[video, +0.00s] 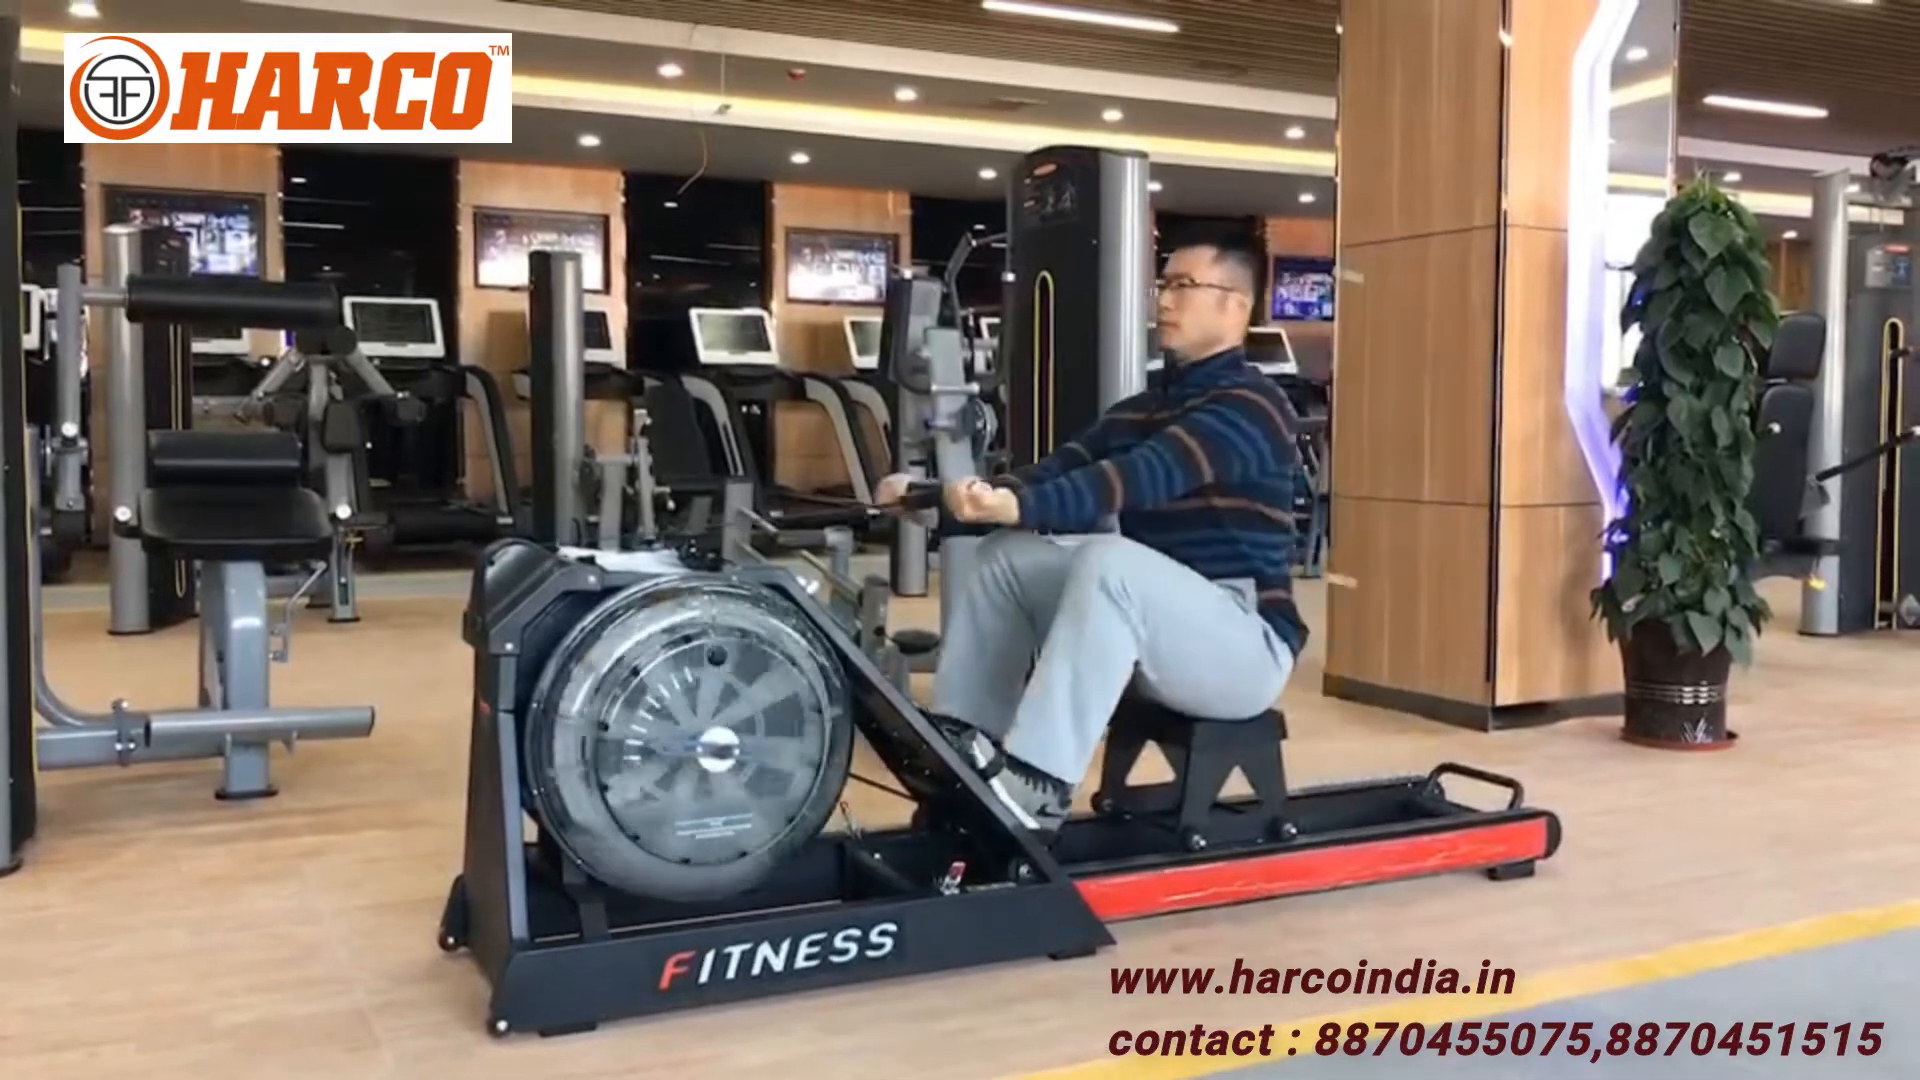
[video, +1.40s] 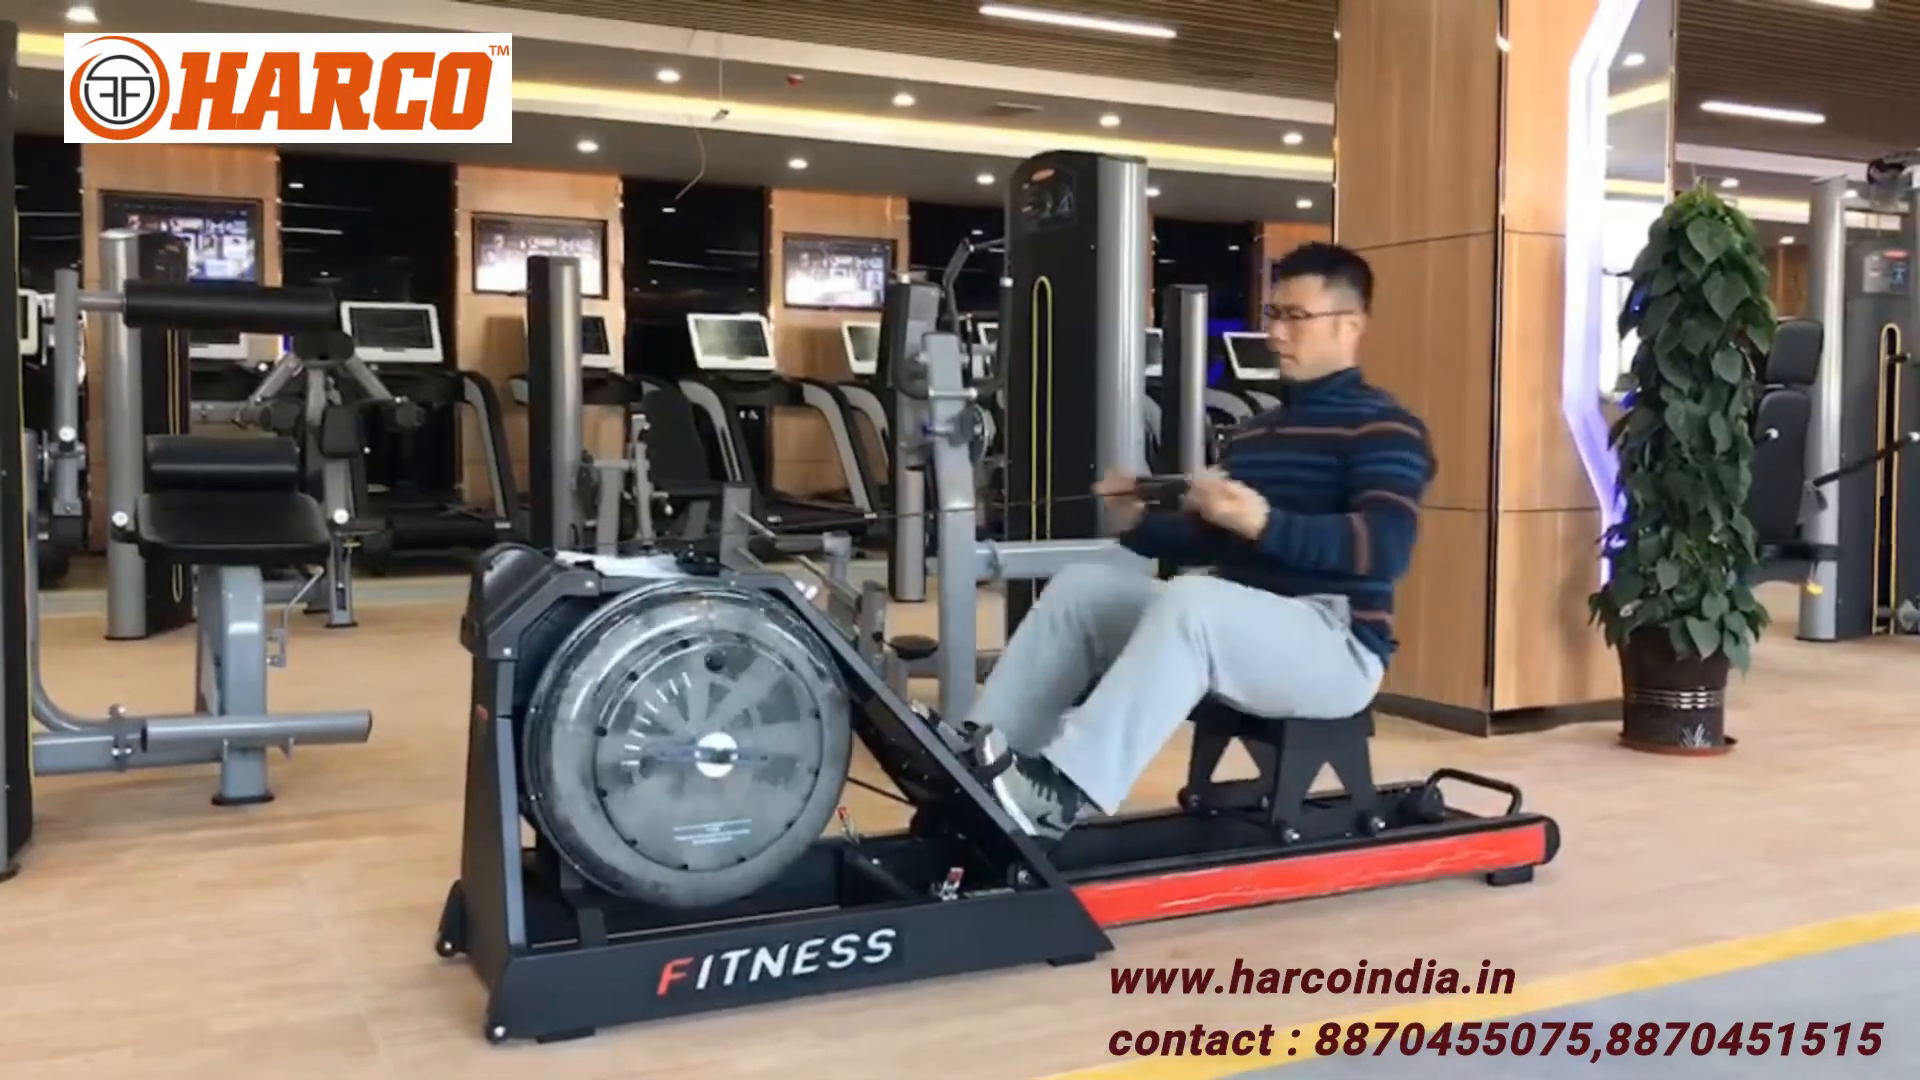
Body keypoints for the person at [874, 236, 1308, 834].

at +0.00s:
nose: (1163, 300)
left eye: (1183, 288)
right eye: (1164, 286)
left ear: (1236, 307)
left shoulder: (1251, 406)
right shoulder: (1144, 407)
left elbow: (1143, 476)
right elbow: (1058, 470)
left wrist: (1019, 506)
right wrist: (931, 494)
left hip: (1245, 645)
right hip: (1155, 622)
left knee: (1109, 565)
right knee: (992, 557)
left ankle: (1039, 783)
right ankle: (966, 749)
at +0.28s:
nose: (1229, 310)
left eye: (1249, 297)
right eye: (1227, 297)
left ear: (1301, 315)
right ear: (1220, 306)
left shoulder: (1317, 414)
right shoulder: (1199, 416)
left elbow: (1225, 490)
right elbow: (1113, 486)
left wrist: (1104, 506)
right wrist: (997, 484)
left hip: (1285, 639)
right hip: (1190, 615)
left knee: (1146, 580)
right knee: (1038, 575)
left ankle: (1043, 787)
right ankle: (967, 750)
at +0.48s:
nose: (1301, 330)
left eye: (1320, 316)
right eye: (1297, 315)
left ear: (1375, 326)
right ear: (1289, 321)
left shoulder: (1390, 419)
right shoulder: (1273, 422)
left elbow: (1318, 510)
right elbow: (1206, 516)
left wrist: (1205, 488)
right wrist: (1103, 495)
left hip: (1340, 633)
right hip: (1252, 615)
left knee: (1191, 614)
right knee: (1087, 593)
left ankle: (1056, 789)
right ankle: (974, 752)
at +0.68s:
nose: (1372, 347)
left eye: (1392, 331)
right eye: (1366, 331)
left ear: (1444, 341)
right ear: (1359, 335)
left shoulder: (1461, 435)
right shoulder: (1346, 432)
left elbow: (1417, 540)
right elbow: (1280, 538)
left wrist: (1311, 497)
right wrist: (1200, 496)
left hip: (1387, 641)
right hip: (1308, 620)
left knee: (1222, 662)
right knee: (1132, 633)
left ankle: (1070, 800)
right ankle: (990, 753)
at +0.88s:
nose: (1408, 359)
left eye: (1429, 344)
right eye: (1403, 343)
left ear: (1480, 353)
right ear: (1396, 346)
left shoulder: (1508, 446)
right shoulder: (1382, 440)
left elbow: (1503, 562)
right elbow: (1322, 551)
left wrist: (1400, 507)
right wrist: (1282, 498)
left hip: (1402, 644)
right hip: (1317, 619)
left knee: (1239, 704)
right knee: (1171, 671)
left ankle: (1079, 820)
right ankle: (1007, 756)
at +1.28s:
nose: (1336, 343)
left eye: (1355, 329)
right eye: (1332, 328)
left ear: (1407, 337)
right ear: (1326, 333)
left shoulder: (1444, 434)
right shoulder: (1319, 434)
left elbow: (1463, 554)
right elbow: (1278, 553)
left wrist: (1354, 516)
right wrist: (1225, 504)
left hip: (1371, 642)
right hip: (1289, 624)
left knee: (1210, 629)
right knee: (1116, 606)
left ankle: (1075, 795)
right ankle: (995, 754)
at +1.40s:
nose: (1274, 331)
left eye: (1293, 316)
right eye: (1272, 315)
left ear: (1351, 326)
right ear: (1266, 317)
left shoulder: (1385, 429)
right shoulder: (1260, 432)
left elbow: (1382, 547)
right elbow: (1218, 540)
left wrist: (1267, 522)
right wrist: (1139, 520)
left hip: (1336, 643)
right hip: (1239, 623)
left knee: (1190, 607)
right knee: (1085, 587)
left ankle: (1062, 788)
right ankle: (981, 751)